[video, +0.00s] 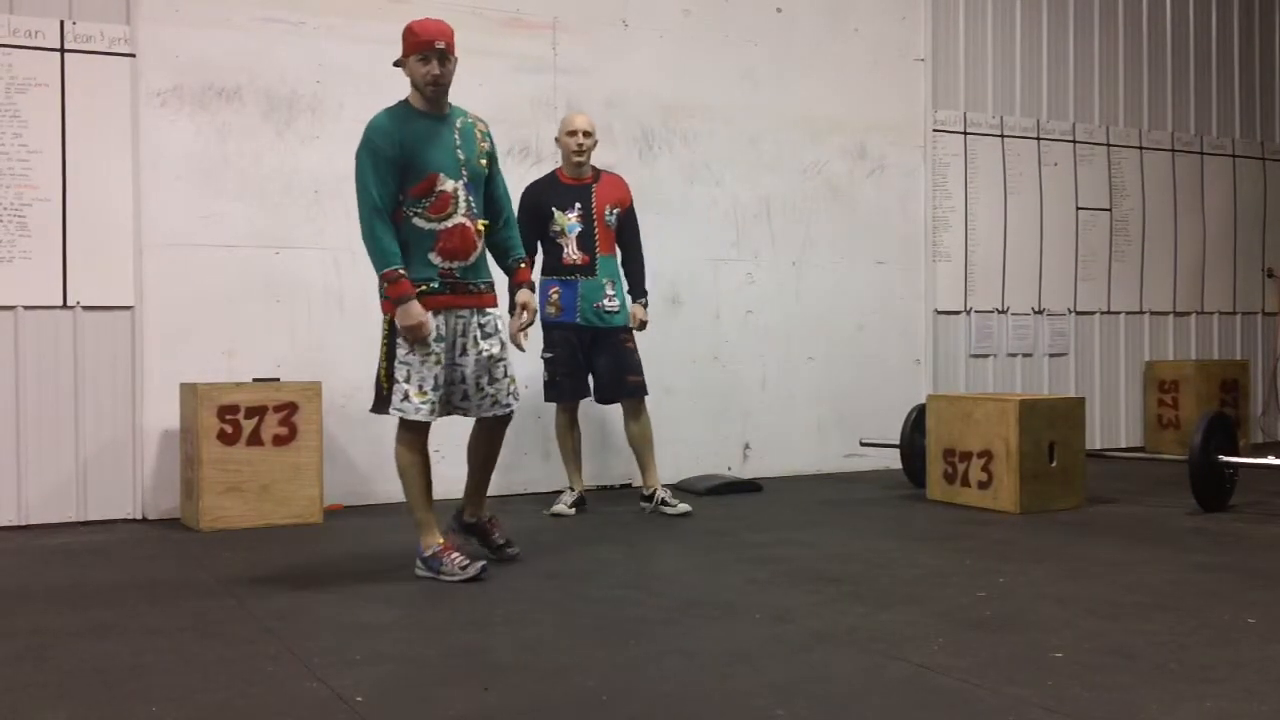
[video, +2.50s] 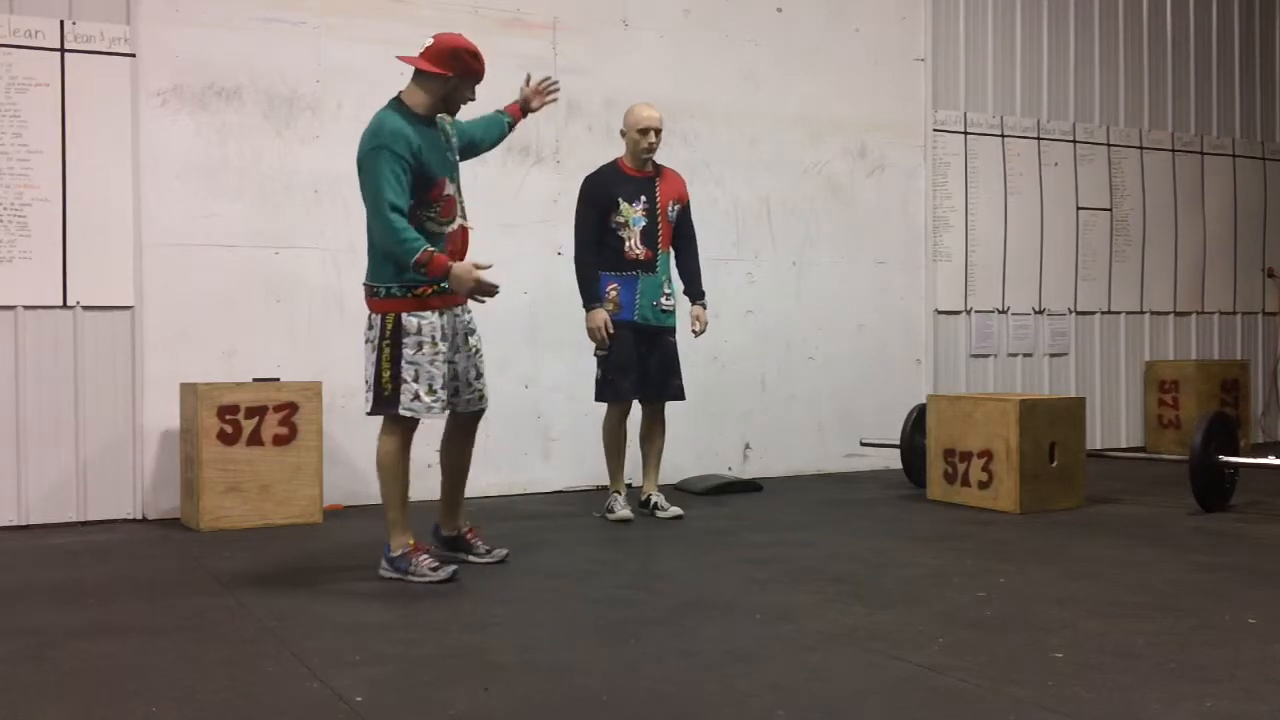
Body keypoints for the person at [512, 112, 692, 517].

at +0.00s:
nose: (580, 141)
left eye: (587, 134)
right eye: (573, 134)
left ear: (596, 142)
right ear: (559, 141)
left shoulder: (615, 187)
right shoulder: (537, 193)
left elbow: (631, 248)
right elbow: (523, 258)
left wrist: (639, 299)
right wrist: (517, 310)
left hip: (612, 315)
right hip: (561, 319)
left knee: (634, 400)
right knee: (566, 404)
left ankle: (652, 489)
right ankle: (574, 489)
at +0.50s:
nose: (610, 139)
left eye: (616, 133)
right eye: (602, 133)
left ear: (624, 140)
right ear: (587, 140)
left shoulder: (640, 188)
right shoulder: (565, 190)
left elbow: (652, 250)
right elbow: (548, 252)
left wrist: (658, 303)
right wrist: (541, 305)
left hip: (632, 316)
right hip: (582, 317)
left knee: (640, 403)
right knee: (578, 404)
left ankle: (646, 490)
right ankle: (576, 489)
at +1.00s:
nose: (658, 143)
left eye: (664, 137)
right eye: (651, 136)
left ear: (670, 143)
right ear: (635, 140)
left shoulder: (680, 192)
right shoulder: (606, 186)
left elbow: (692, 251)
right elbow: (585, 246)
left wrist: (704, 304)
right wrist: (585, 296)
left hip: (660, 317)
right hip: (613, 315)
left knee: (654, 403)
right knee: (598, 400)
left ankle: (648, 489)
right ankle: (583, 485)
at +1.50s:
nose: (650, 148)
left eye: (656, 141)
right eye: (642, 140)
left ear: (662, 143)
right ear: (624, 139)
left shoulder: (671, 187)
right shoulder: (599, 186)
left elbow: (681, 249)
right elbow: (578, 249)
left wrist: (687, 303)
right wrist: (576, 307)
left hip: (658, 313)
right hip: (612, 312)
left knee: (659, 402)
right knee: (613, 401)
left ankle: (648, 488)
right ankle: (611, 490)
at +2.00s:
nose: (656, 142)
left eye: (661, 135)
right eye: (648, 135)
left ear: (666, 138)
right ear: (628, 136)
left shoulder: (675, 184)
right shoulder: (602, 185)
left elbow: (686, 248)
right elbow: (588, 252)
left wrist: (692, 301)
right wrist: (597, 307)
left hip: (663, 314)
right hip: (620, 314)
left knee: (657, 404)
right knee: (620, 404)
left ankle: (650, 491)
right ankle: (611, 491)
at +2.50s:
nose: (651, 139)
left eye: (656, 132)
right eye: (642, 132)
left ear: (662, 135)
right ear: (624, 134)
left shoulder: (672, 183)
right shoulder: (599, 184)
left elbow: (685, 245)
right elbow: (584, 250)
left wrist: (696, 298)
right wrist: (591, 305)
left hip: (660, 312)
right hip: (615, 313)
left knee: (655, 403)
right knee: (619, 404)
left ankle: (650, 491)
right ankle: (617, 492)